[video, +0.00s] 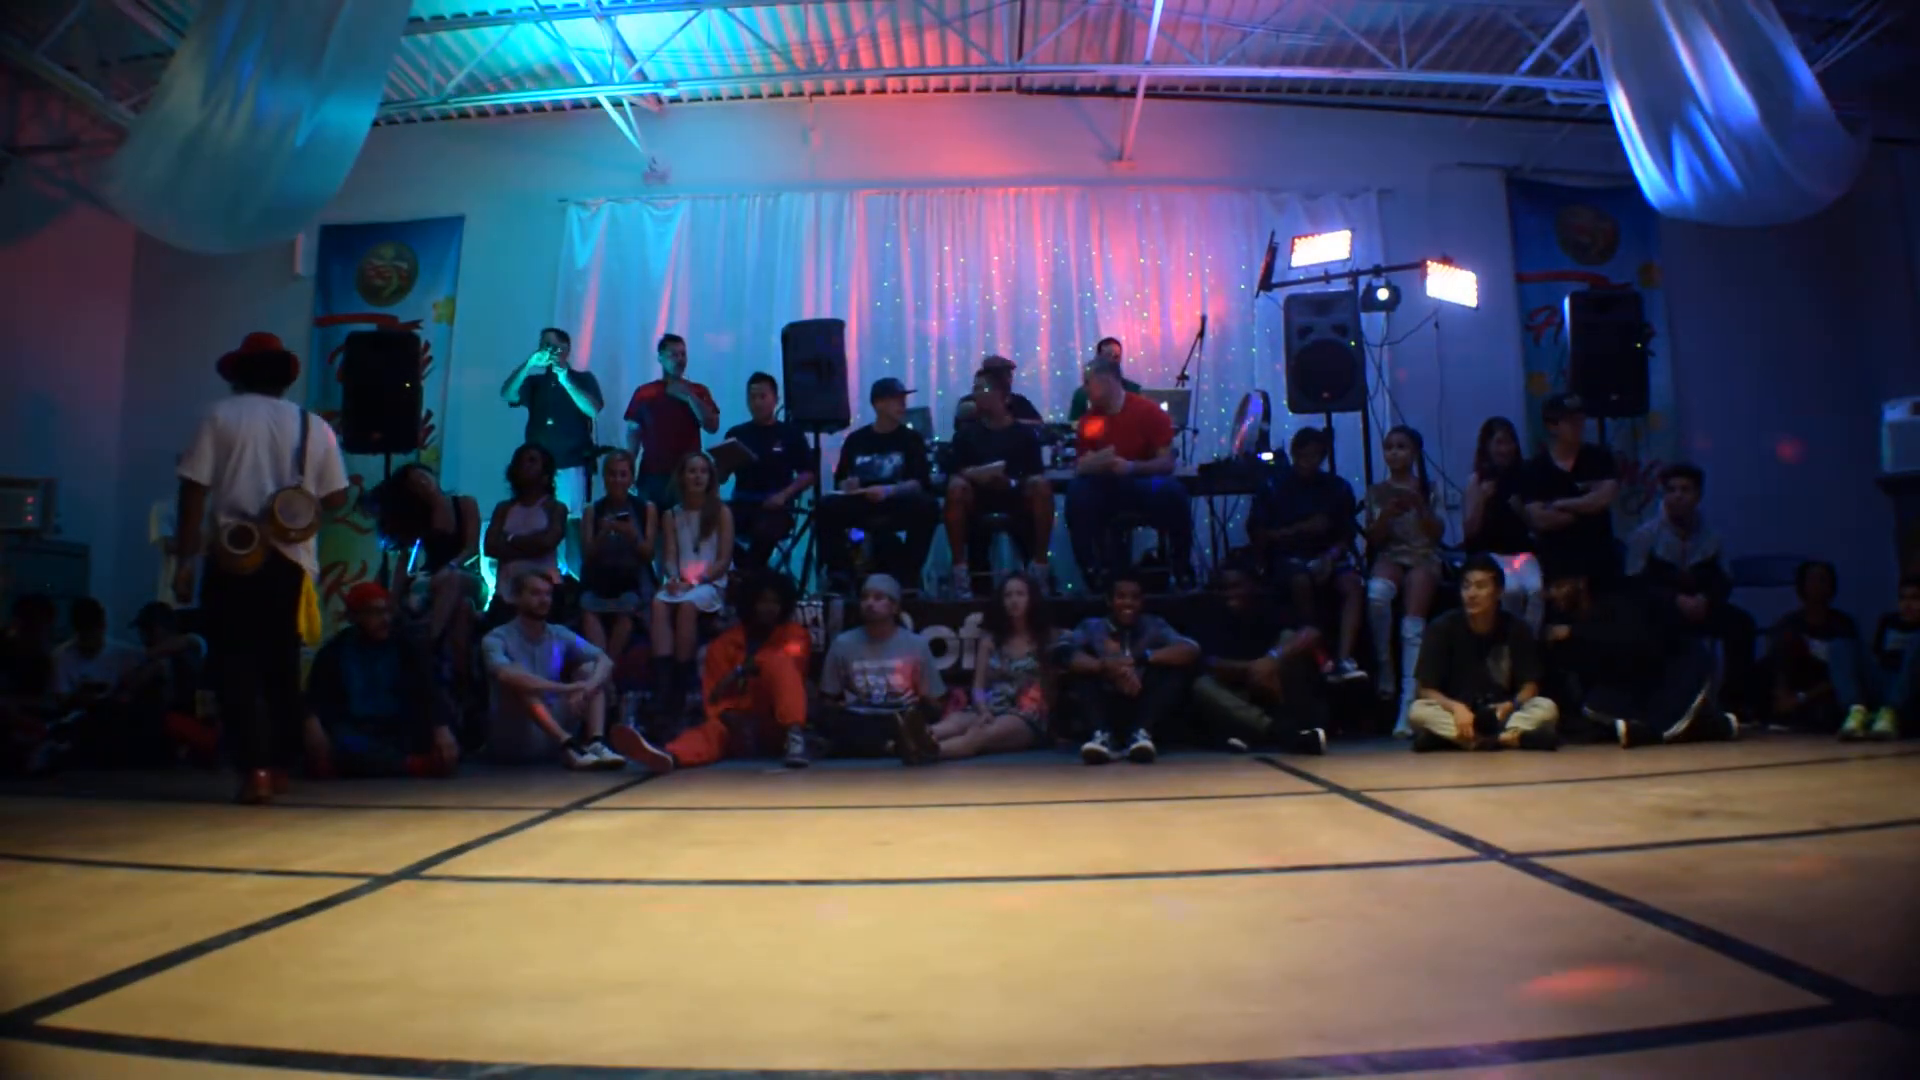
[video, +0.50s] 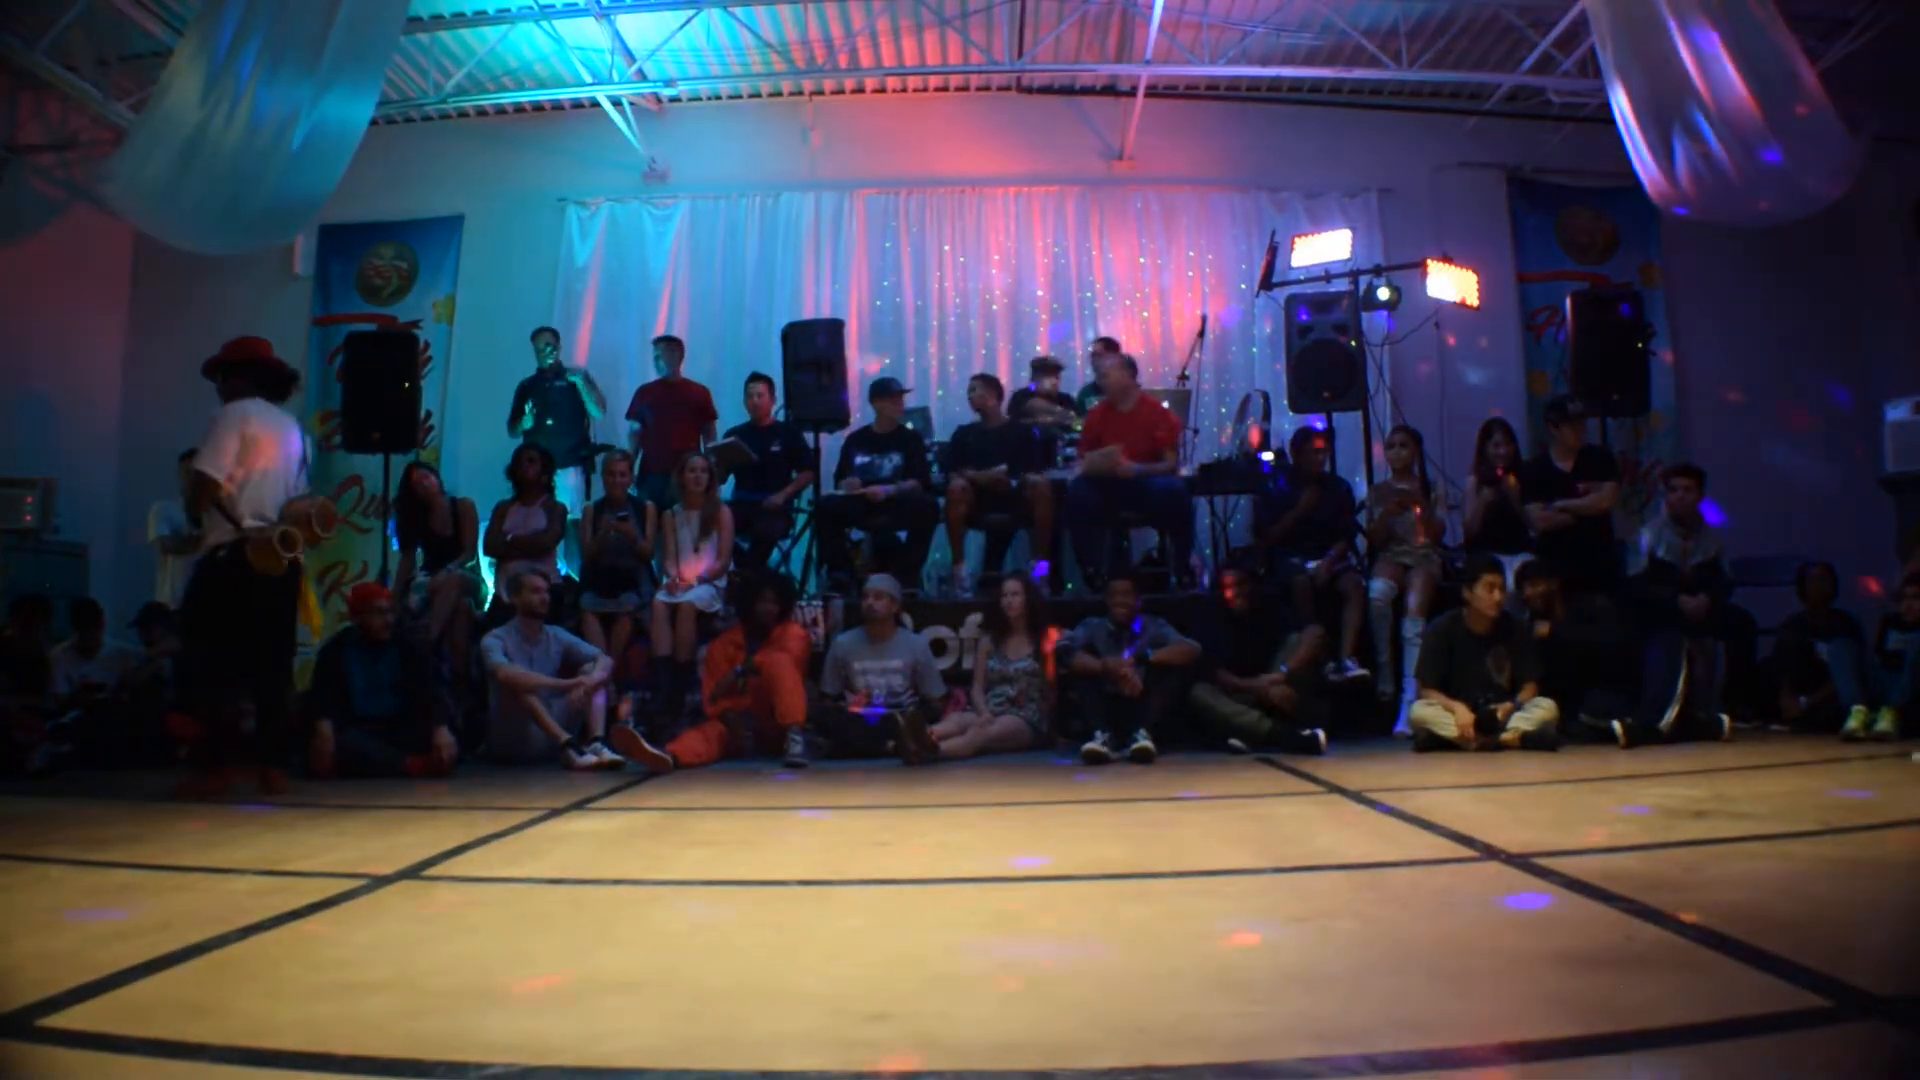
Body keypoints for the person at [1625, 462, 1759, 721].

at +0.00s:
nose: (1678, 497)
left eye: (1686, 490)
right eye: (1672, 490)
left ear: (1698, 497)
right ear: (1663, 495)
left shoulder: (1709, 537)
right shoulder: (1646, 536)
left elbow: (1723, 580)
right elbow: (1638, 582)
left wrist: (1705, 600)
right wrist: (1675, 600)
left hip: (1700, 608)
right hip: (1661, 609)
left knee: (1741, 624)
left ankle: (1736, 703)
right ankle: (1663, 705)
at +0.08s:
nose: (1677, 497)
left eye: (1685, 490)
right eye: (1671, 490)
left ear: (1697, 497)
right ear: (1662, 495)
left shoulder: (1708, 538)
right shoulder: (1646, 536)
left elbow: (1722, 580)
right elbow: (1637, 582)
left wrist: (1704, 600)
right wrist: (1675, 600)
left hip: (1700, 608)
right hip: (1661, 608)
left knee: (1741, 623)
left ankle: (1736, 703)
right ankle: (1663, 705)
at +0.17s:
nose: (1677, 497)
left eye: (1685, 490)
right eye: (1671, 490)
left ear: (1697, 497)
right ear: (1662, 496)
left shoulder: (1708, 538)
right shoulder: (1646, 537)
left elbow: (1722, 581)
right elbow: (1636, 583)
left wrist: (1704, 600)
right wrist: (1675, 600)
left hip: (1699, 609)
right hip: (1659, 609)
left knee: (1741, 624)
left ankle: (1736, 705)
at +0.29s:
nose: (1679, 497)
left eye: (1687, 490)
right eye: (1673, 491)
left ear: (1699, 497)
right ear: (1664, 496)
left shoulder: (1710, 538)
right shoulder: (1650, 535)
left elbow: (1723, 580)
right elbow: (1639, 581)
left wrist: (1706, 599)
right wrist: (1675, 600)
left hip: (1701, 607)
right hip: (1662, 606)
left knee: (1742, 623)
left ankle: (1737, 705)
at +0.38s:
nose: (1677, 498)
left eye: (1685, 491)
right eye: (1671, 490)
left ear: (1698, 497)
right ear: (1664, 495)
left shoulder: (1709, 537)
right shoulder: (1650, 535)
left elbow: (1722, 579)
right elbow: (1639, 580)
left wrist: (1705, 600)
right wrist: (1676, 601)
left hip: (1700, 609)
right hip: (1661, 608)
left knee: (1741, 622)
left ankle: (1733, 707)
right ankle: (1648, 716)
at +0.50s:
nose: (1679, 497)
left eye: (1687, 491)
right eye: (1673, 490)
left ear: (1699, 496)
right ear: (1665, 496)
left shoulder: (1712, 537)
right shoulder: (1651, 534)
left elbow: (1724, 579)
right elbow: (1642, 581)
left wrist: (1708, 600)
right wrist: (1677, 601)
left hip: (1702, 608)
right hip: (1665, 607)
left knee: (1742, 624)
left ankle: (1736, 707)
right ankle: (1651, 716)